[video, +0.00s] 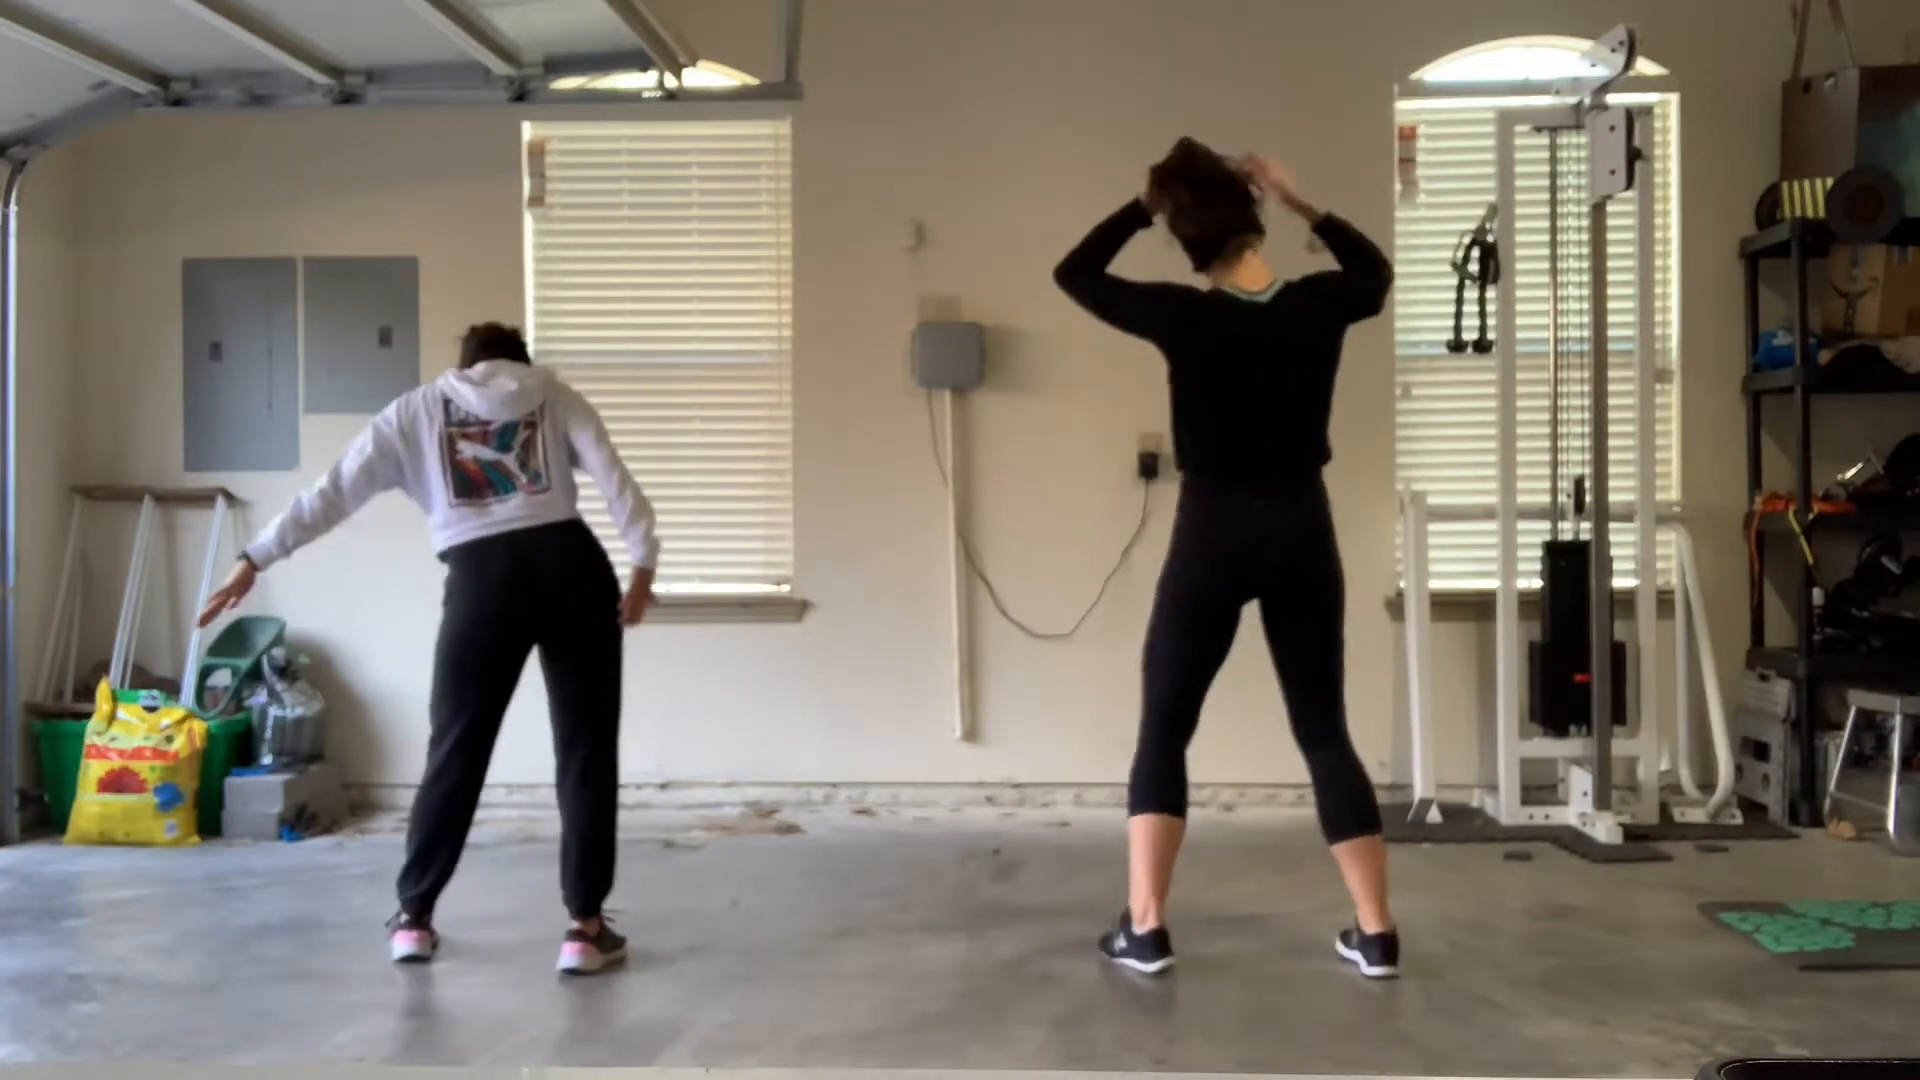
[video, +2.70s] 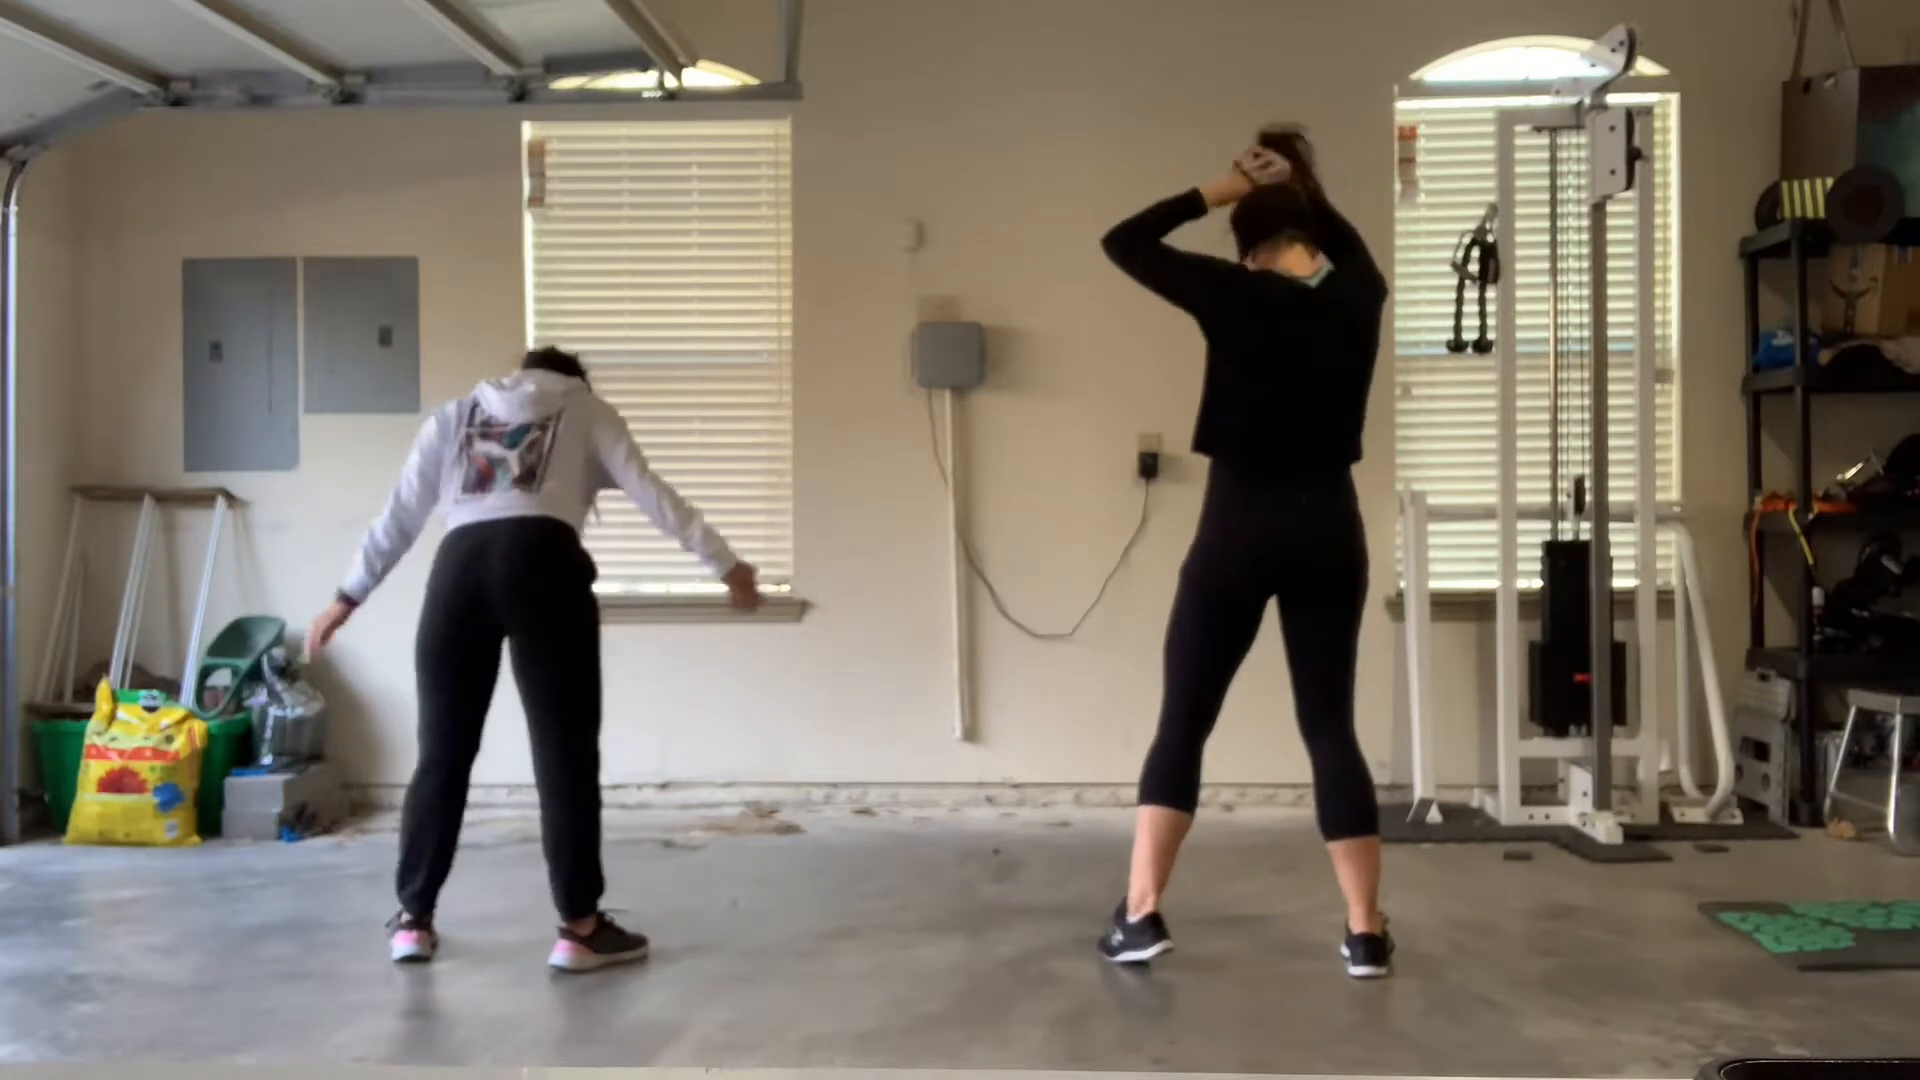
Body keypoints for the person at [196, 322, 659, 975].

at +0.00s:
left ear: (458, 366)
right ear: (525, 362)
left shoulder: (416, 410)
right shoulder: (555, 394)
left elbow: (333, 494)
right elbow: (614, 477)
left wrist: (253, 560)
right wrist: (644, 566)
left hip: (484, 580)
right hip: (574, 571)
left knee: (456, 750)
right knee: (587, 755)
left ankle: (414, 918)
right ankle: (585, 927)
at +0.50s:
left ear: (479, 365)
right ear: (541, 368)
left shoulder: (429, 401)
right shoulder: (564, 401)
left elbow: (381, 477)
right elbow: (632, 450)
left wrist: (342, 562)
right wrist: (711, 498)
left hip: (413, 577)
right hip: (498, 577)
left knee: (406, 757)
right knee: (548, 758)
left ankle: (409, 921)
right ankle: (581, 926)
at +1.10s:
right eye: (553, 376)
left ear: (486, 368)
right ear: (545, 372)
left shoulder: (427, 411)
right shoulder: (564, 401)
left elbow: (342, 479)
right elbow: (598, 471)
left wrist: (264, 542)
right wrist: (638, 553)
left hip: (482, 576)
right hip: (571, 567)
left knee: (454, 750)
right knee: (588, 754)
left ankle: (414, 920)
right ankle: (586, 925)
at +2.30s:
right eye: (563, 379)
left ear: (505, 364)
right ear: (558, 372)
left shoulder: (439, 405)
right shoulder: (566, 399)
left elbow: (385, 495)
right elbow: (566, 473)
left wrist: (340, 581)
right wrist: (568, 568)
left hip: (442, 564)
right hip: (526, 560)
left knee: (429, 748)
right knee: (563, 753)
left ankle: (410, 920)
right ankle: (579, 924)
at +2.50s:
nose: (578, 400)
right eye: (578, 390)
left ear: (514, 373)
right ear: (566, 381)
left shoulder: (442, 417)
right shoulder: (572, 404)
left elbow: (393, 515)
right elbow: (590, 486)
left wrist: (363, 603)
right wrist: (619, 576)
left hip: (479, 571)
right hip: (566, 561)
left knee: (453, 747)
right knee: (585, 750)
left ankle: (414, 919)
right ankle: (583, 924)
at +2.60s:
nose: (584, 397)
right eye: (582, 387)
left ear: (515, 374)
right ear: (569, 380)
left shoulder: (446, 415)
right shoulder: (579, 404)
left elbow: (400, 517)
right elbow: (620, 485)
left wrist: (361, 606)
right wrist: (679, 575)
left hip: (475, 570)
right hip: (563, 564)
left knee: (451, 748)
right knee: (580, 751)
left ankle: (413, 920)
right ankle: (582, 925)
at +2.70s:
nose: (589, 396)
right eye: (585, 386)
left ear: (517, 376)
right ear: (576, 382)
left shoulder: (454, 414)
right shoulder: (586, 409)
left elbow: (403, 512)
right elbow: (648, 491)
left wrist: (348, 596)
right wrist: (728, 564)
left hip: (457, 571)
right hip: (546, 568)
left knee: (442, 756)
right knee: (565, 755)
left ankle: (412, 921)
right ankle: (580, 926)